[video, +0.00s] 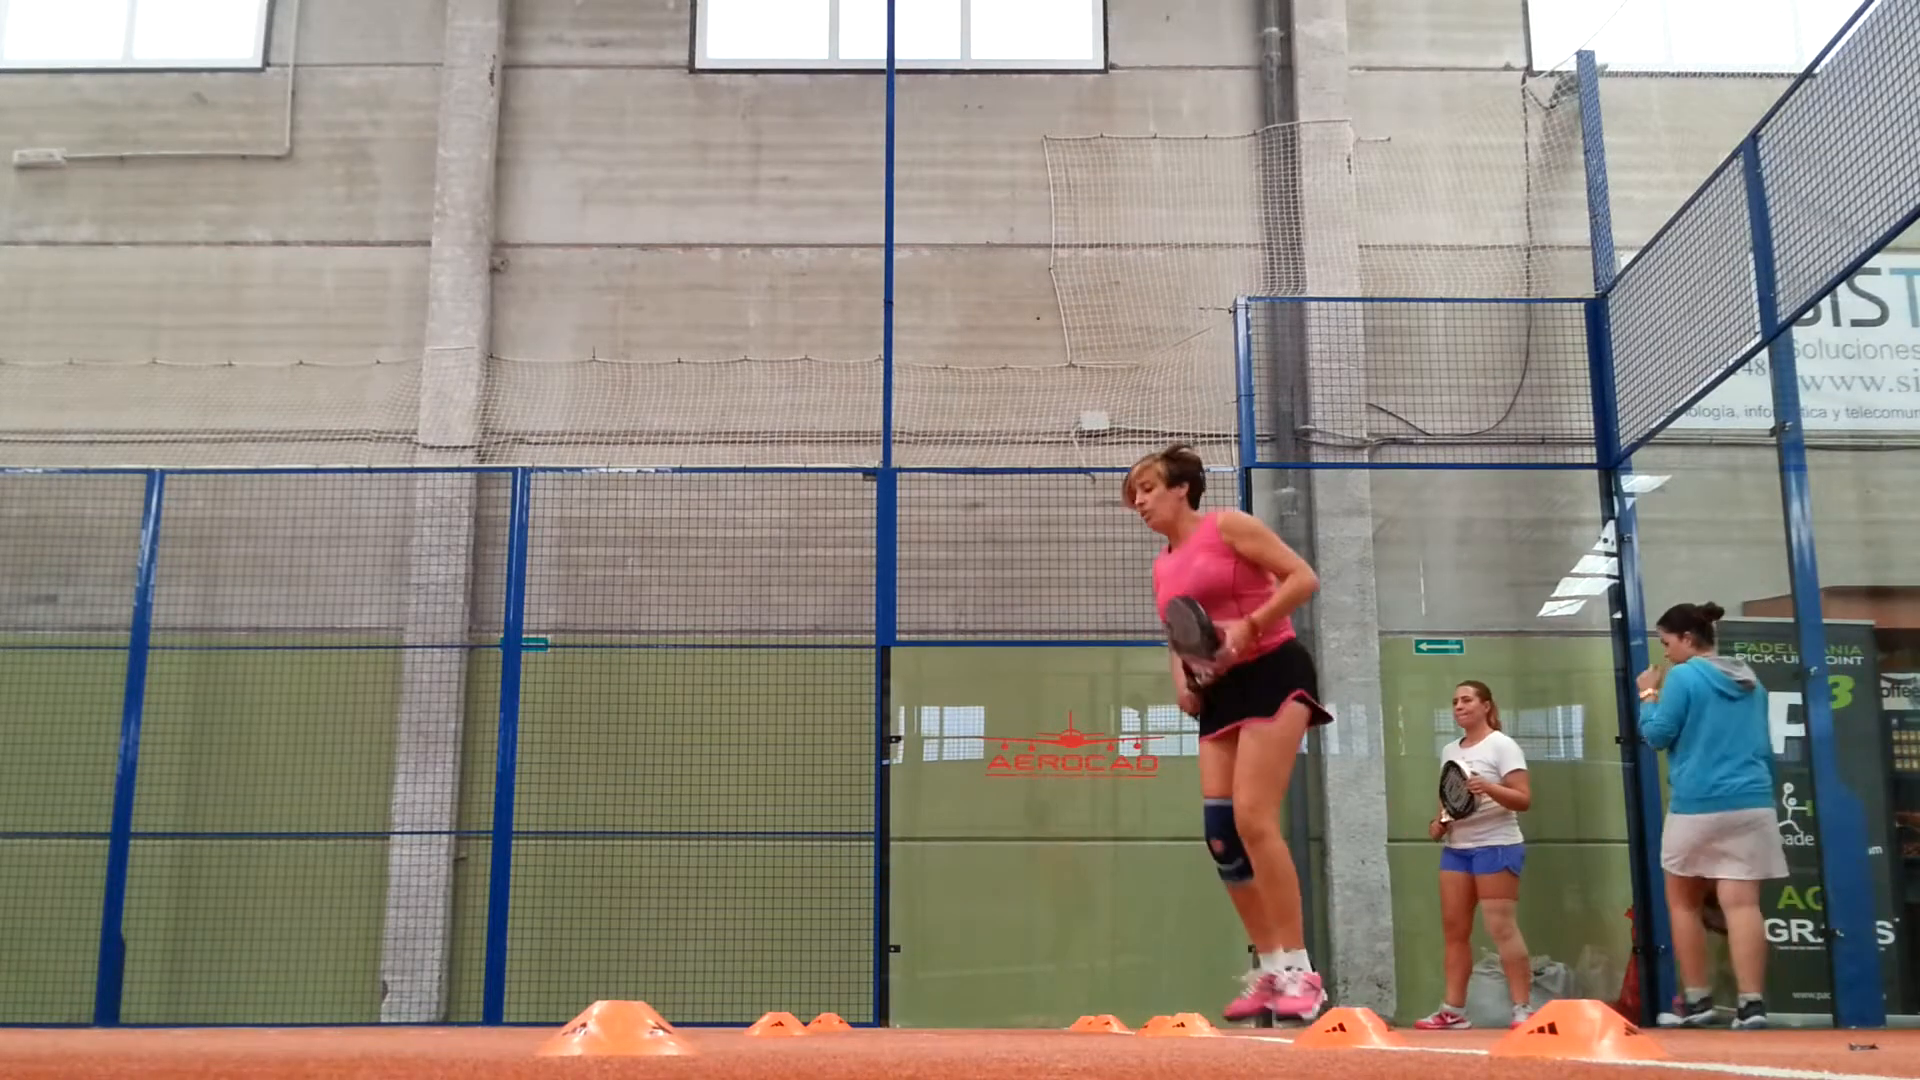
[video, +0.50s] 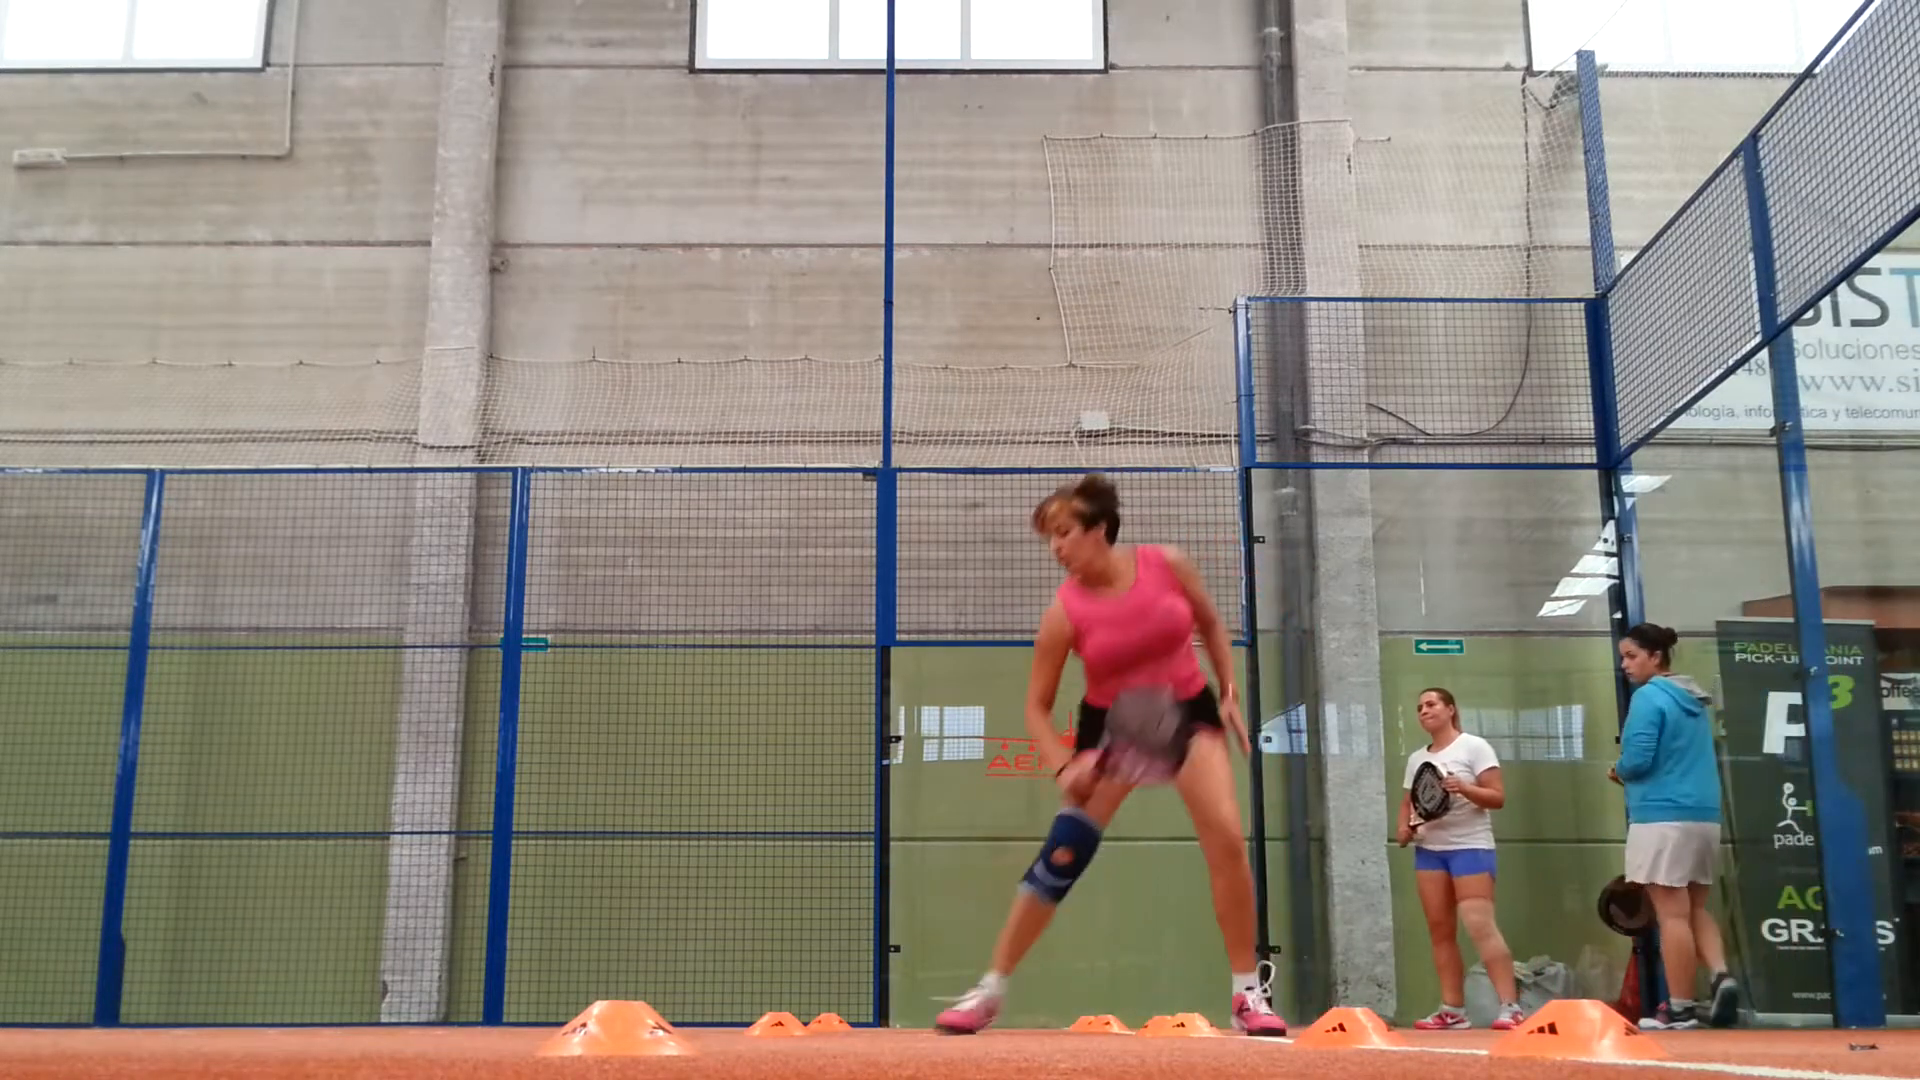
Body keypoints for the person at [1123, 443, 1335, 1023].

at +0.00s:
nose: (1138, 503)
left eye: (1146, 490)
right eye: (1134, 495)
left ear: (1182, 489)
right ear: (1144, 505)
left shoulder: (1228, 525)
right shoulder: (1164, 564)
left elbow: (1304, 578)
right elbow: (1177, 632)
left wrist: (1252, 623)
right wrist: (1180, 678)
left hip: (1274, 677)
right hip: (1219, 691)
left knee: (1255, 820)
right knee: (1222, 837)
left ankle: (1299, 972)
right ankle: (1271, 971)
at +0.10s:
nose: (1140, 533)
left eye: (1149, 519)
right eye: (1136, 525)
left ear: (1185, 518)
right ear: (1141, 536)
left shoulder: (1236, 560)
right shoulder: (1157, 602)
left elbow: (1309, 621)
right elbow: (1171, 686)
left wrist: (1261, 659)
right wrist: (1182, 726)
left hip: (1270, 715)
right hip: (1212, 731)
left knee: (1266, 859)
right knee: (1228, 877)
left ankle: (1314, 996)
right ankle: (1293, 994)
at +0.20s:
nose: (1130, 534)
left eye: (1139, 523)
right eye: (1128, 525)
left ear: (1174, 525)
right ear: (1137, 535)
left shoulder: (1230, 565)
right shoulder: (1140, 607)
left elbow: (1301, 627)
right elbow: (1145, 689)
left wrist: (1263, 658)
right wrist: (1164, 726)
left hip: (1265, 720)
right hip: (1201, 734)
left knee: (1270, 861)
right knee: (1184, 873)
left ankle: (1313, 995)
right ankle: (1270, 968)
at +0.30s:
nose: (1103, 514)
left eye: (1111, 503)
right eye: (1100, 505)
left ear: (1147, 500)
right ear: (1112, 510)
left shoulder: (1211, 537)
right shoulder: (1112, 581)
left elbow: (1279, 595)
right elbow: (1101, 666)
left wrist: (1254, 623)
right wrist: (1136, 700)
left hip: (1242, 695)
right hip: (1173, 708)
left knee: (1257, 835)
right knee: (1141, 836)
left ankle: (1294, 975)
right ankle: (1192, 960)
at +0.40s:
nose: (1076, 514)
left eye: (1085, 500)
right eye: (1071, 505)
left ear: (1121, 498)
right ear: (1075, 511)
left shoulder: (1188, 532)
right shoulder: (1087, 579)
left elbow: (1245, 587)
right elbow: (1067, 671)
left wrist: (1239, 634)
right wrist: (1107, 712)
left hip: (1219, 686)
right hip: (1145, 698)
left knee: (1242, 816)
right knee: (1104, 828)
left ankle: (1261, 961)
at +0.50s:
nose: (1056, 548)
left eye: (1064, 534)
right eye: (1050, 538)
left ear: (1101, 528)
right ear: (1054, 542)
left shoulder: (1166, 565)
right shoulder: (1063, 616)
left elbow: (1210, 624)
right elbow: (1037, 708)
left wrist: (1230, 690)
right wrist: (1062, 764)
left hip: (1190, 717)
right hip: (1113, 728)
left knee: (1228, 837)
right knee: (1063, 853)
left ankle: (1247, 990)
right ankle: (991, 989)